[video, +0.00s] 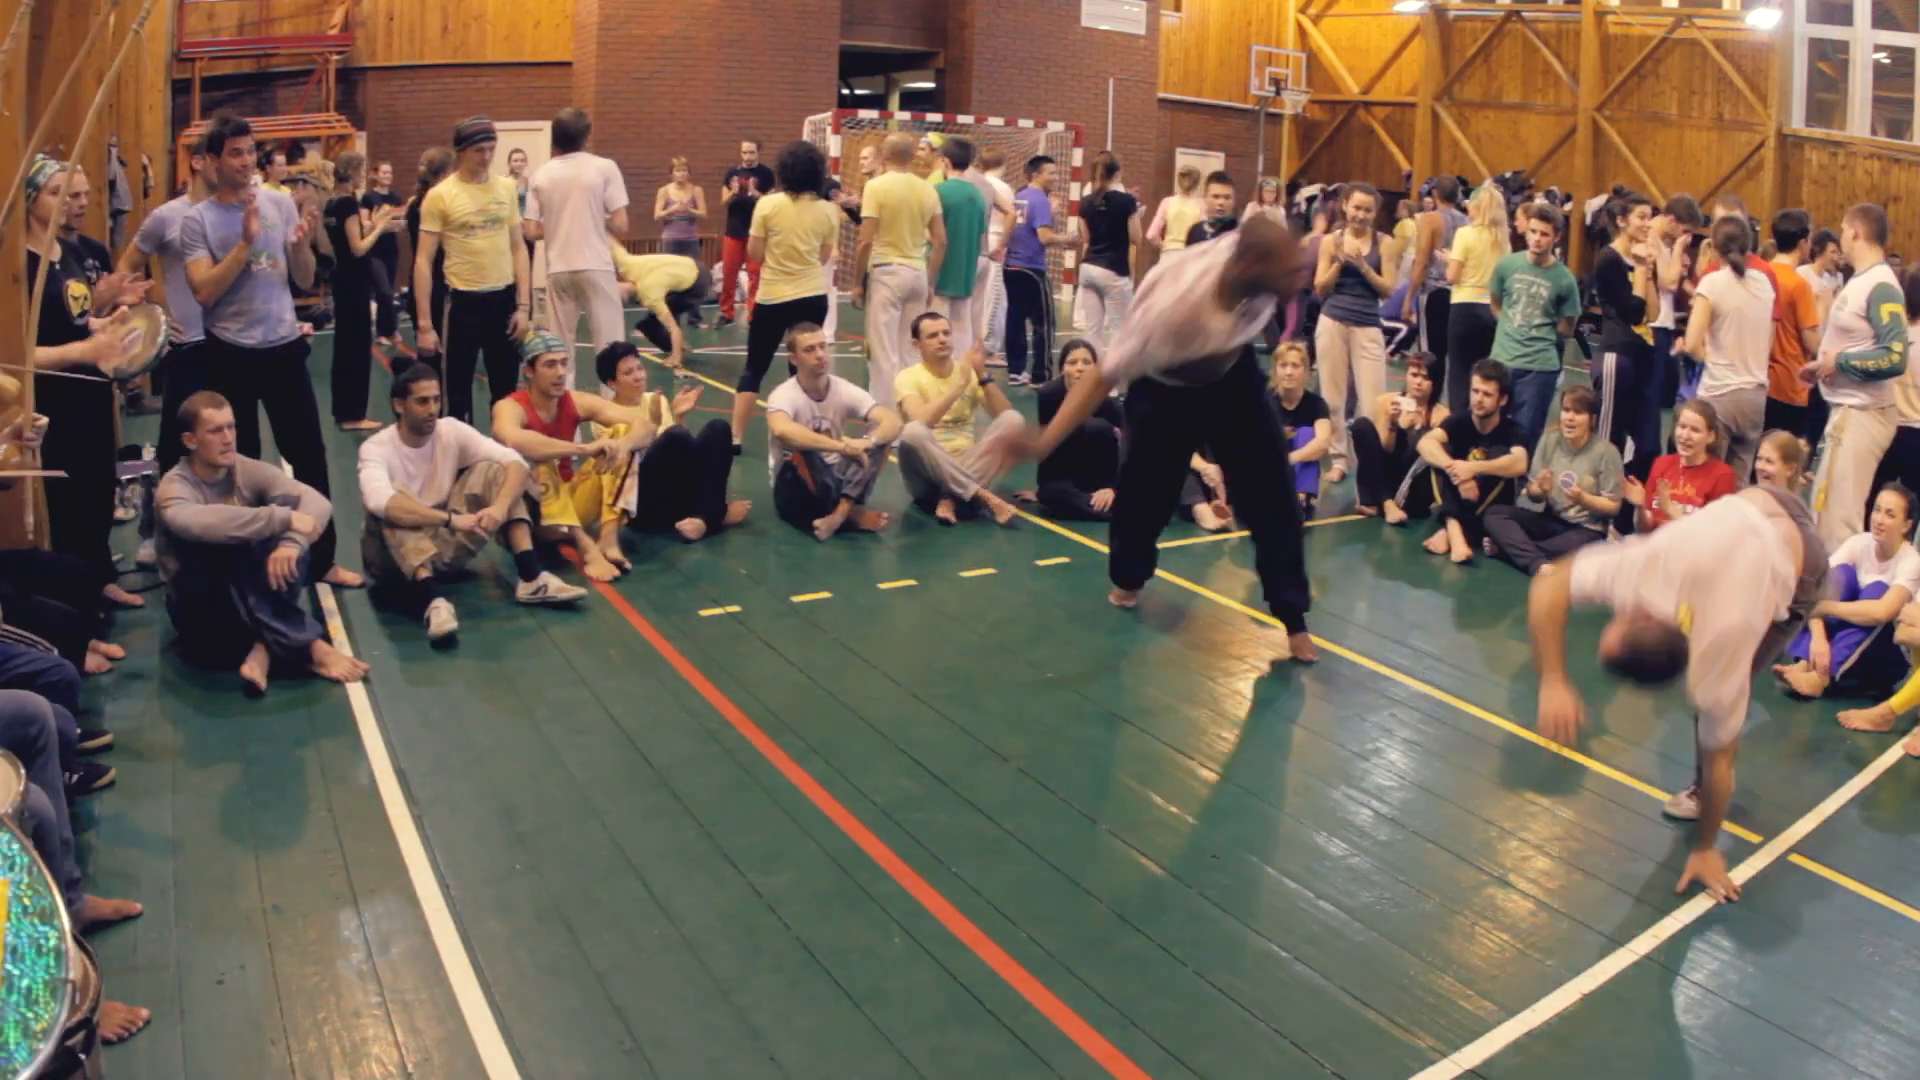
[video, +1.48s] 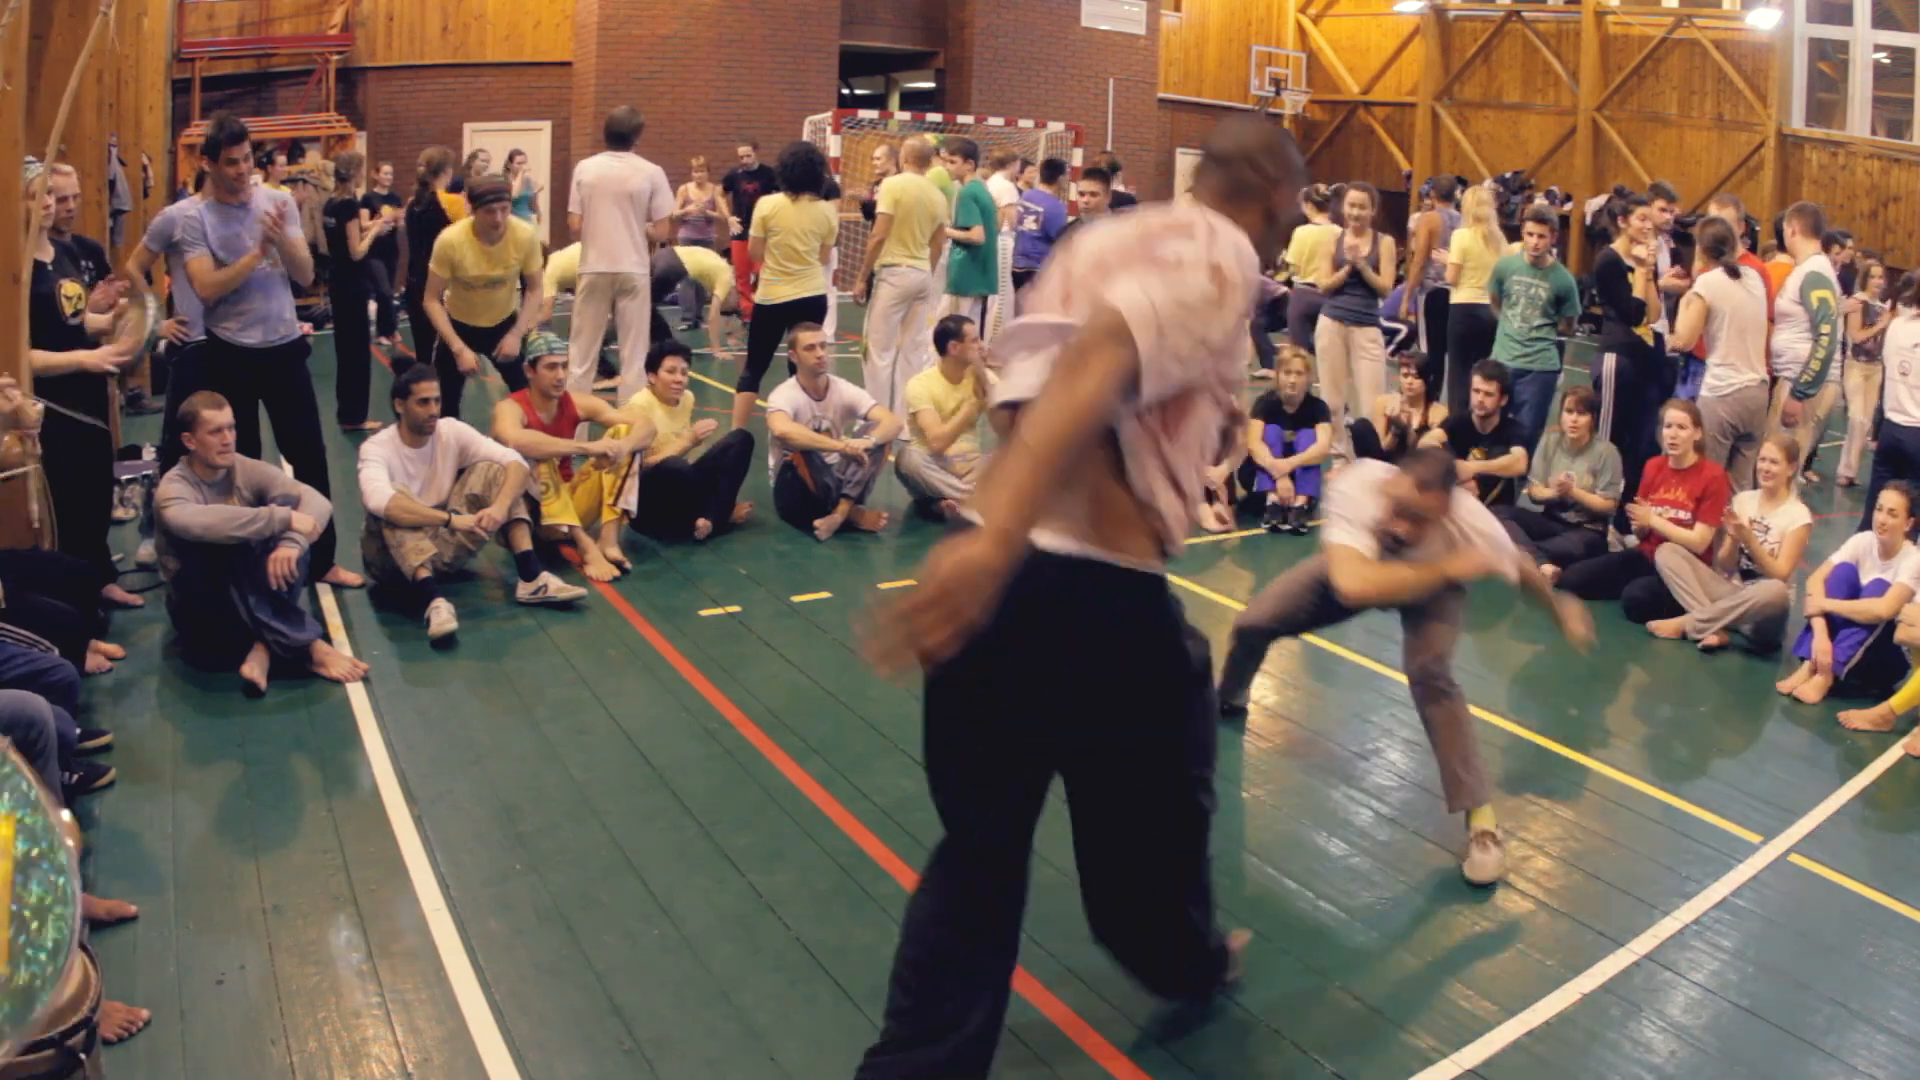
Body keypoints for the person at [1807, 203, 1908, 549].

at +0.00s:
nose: (1840, 240)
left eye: (1843, 232)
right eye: (1841, 233)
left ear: (1856, 233)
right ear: (1869, 234)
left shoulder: (1881, 285)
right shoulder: (1858, 282)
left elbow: (1894, 359)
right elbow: (1856, 346)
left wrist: (1838, 362)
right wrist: (1821, 365)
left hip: (1865, 412)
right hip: (1845, 408)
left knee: (1840, 512)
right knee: (1822, 504)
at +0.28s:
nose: (1836, 242)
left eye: (1840, 234)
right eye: (1838, 234)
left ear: (1855, 236)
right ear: (1862, 237)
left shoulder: (1875, 287)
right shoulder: (1850, 282)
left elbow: (1883, 358)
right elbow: (1844, 336)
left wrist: (1828, 362)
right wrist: (1809, 336)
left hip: (1856, 408)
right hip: (1834, 403)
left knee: (1841, 497)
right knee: (1825, 490)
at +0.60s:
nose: (1821, 240)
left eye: (1825, 231)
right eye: (1822, 232)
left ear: (1840, 233)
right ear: (1842, 235)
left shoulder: (1852, 278)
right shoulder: (1836, 276)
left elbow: (1862, 346)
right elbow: (1816, 336)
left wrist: (1817, 382)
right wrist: (1781, 311)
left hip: (1845, 398)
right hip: (1828, 396)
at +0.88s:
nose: (1807, 239)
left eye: (1809, 232)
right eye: (1809, 232)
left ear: (1819, 231)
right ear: (1841, 234)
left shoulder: (1833, 270)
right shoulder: (1843, 269)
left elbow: (1843, 332)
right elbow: (1808, 332)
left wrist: (1813, 386)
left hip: (1833, 390)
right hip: (1852, 389)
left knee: (1798, 482)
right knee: (1834, 488)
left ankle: (1799, 568)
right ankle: (1822, 567)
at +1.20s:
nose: (1793, 240)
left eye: (1795, 233)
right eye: (1795, 233)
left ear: (1804, 232)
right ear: (1827, 234)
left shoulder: (1821, 273)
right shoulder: (1829, 270)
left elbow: (1833, 333)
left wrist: (1805, 390)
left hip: (1813, 388)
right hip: (1832, 386)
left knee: (1783, 480)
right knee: (1818, 486)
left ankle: (1777, 569)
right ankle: (1811, 571)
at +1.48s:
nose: (1784, 236)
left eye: (1785, 229)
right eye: (1784, 230)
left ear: (1793, 230)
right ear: (1818, 231)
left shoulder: (1814, 273)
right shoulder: (1808, 269)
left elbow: (1827, 337)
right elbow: (1820, 336)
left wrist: (1798, 393)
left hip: (1804, 382)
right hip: (1794, 378)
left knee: (1783, 469)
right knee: (1780, 467)